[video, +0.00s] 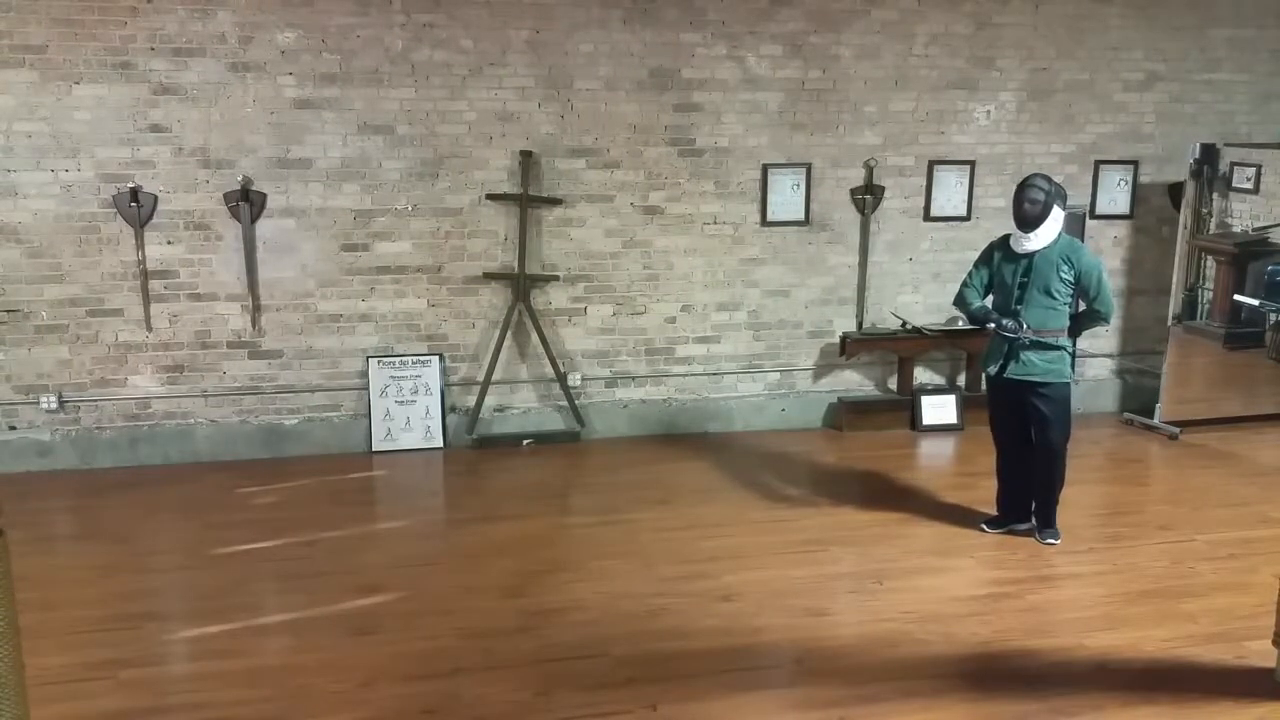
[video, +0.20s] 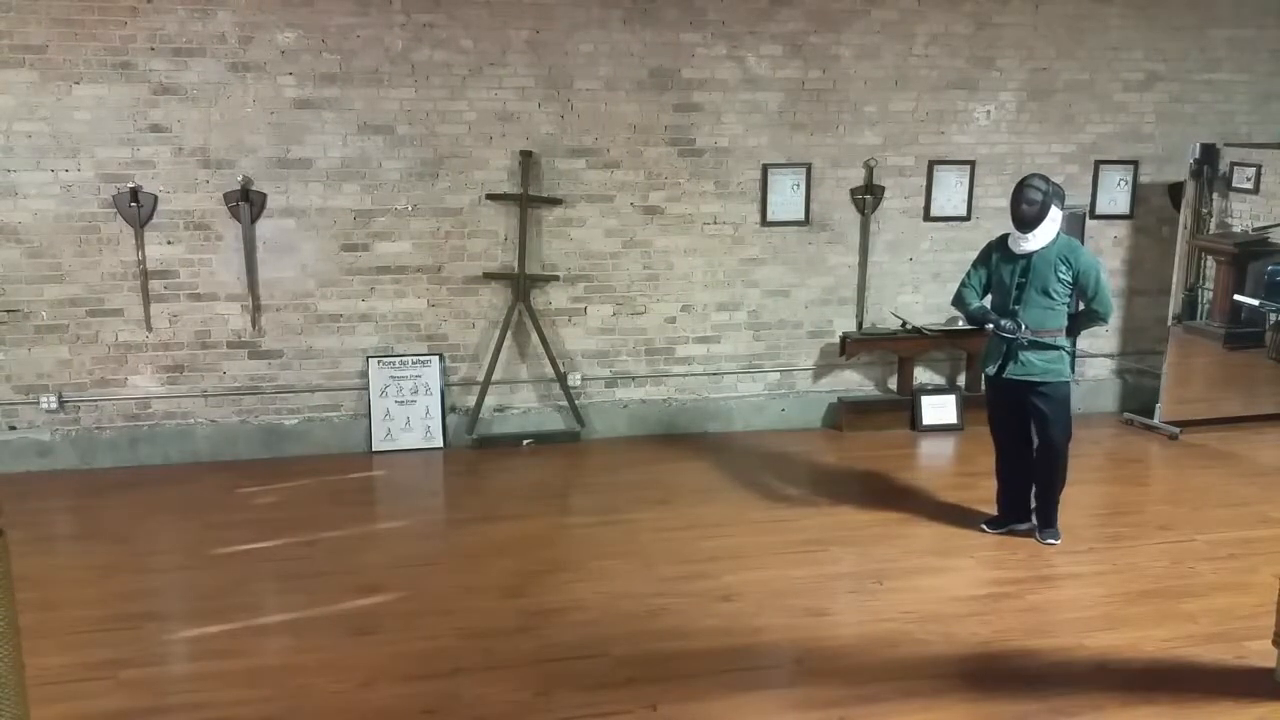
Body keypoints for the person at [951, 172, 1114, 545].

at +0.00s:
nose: (1024, 208)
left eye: (1033, 202)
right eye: (1020, 200)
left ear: (1053, 207)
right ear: (1014, 203)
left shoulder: (1074, 254)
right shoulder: (999, 250)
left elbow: (1102, 310)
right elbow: (966, 296)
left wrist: (1066, 329)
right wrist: (992, 318)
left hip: (1047, 370)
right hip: (1003, 368)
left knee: (1049, 449)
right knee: (1009, 447)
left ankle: (1047, 521)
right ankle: (1014, 514)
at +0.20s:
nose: (1022, 209)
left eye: (1031, 202)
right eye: (1018, 201)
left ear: (1051, 207)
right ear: (1012, 203)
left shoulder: (1072, 254)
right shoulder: (997, 249)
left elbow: (1101, 309)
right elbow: (964, 296)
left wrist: (1066, 326)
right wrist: (991, 319)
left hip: (1047, 370)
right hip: (1002, 368)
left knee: (1053, 448)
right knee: (1009, 447)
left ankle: (1047, 521)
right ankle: (1014, 514)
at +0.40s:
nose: (1022, 209)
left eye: (1031, 202)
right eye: (1018, 201)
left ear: (1051, 207)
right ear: (1011, 203)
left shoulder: (1072, 254)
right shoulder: (997, 250)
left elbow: (1101, 310)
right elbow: (964, 296)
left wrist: (1066, 327)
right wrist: (991, 320)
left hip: (1049, 370)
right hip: (1002, 368)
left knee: (1052, 447)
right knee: (1009, 447)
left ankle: (1047, 521)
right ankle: (1014, 515)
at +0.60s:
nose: (1024, 209)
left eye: (1032, 202)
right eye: (1020, 201)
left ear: (1053, 207)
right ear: (1013, 203)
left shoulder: (1075, 254)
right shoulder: (1000, 250)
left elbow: (1104, 310)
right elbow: (967, 296)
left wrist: (1069, 328)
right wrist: (995, 320)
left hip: (1050, 371)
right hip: (1004, 369)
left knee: (1050, 450)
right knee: (1009, 448)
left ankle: (1048, 522)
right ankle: (1013, 515)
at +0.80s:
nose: (1026, 209)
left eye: (1035, 202)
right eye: (1022, 201)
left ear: (1055, 207)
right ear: (1016, 203)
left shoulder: (1077, 254)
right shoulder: (1002, 250)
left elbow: (1106, 310)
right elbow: (969, 296)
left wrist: (1070, 329)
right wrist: (997, 320)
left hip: (1051, 372)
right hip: (1005, 370)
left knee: (1051, 452)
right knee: (1009, 448)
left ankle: (1048, 522)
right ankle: (1013, 515)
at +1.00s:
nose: (1027, 210)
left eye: (1035, 202)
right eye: (1023, 202)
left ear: (1056, 207)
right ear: (1017, 203)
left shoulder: (1077, 255)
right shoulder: (1003, 250)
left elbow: (1106, 311)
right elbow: (969, 296)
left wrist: (1071, 329)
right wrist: (997, 320)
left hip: (1050, 371)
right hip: (1005, 369)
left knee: (1051, 452)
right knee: (1009, 448)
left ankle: (1048, 522)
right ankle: (1013, 515)